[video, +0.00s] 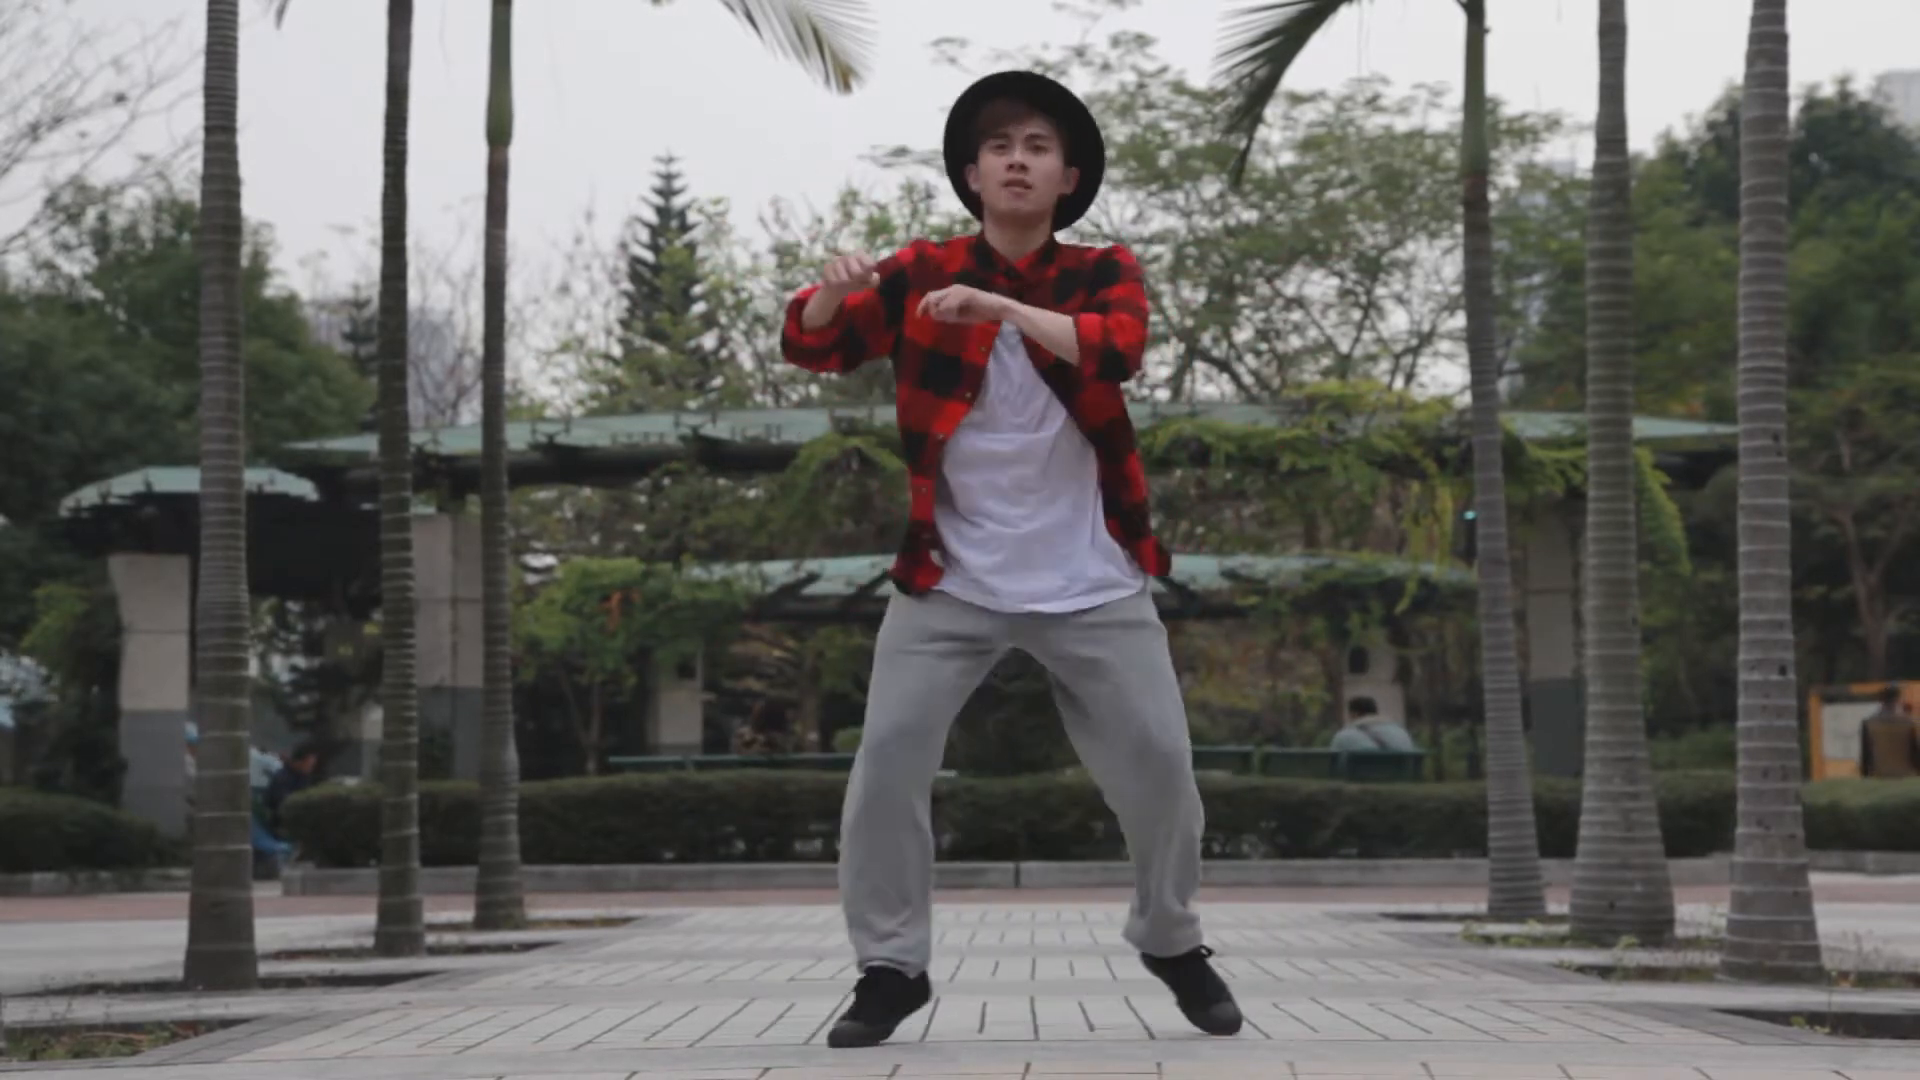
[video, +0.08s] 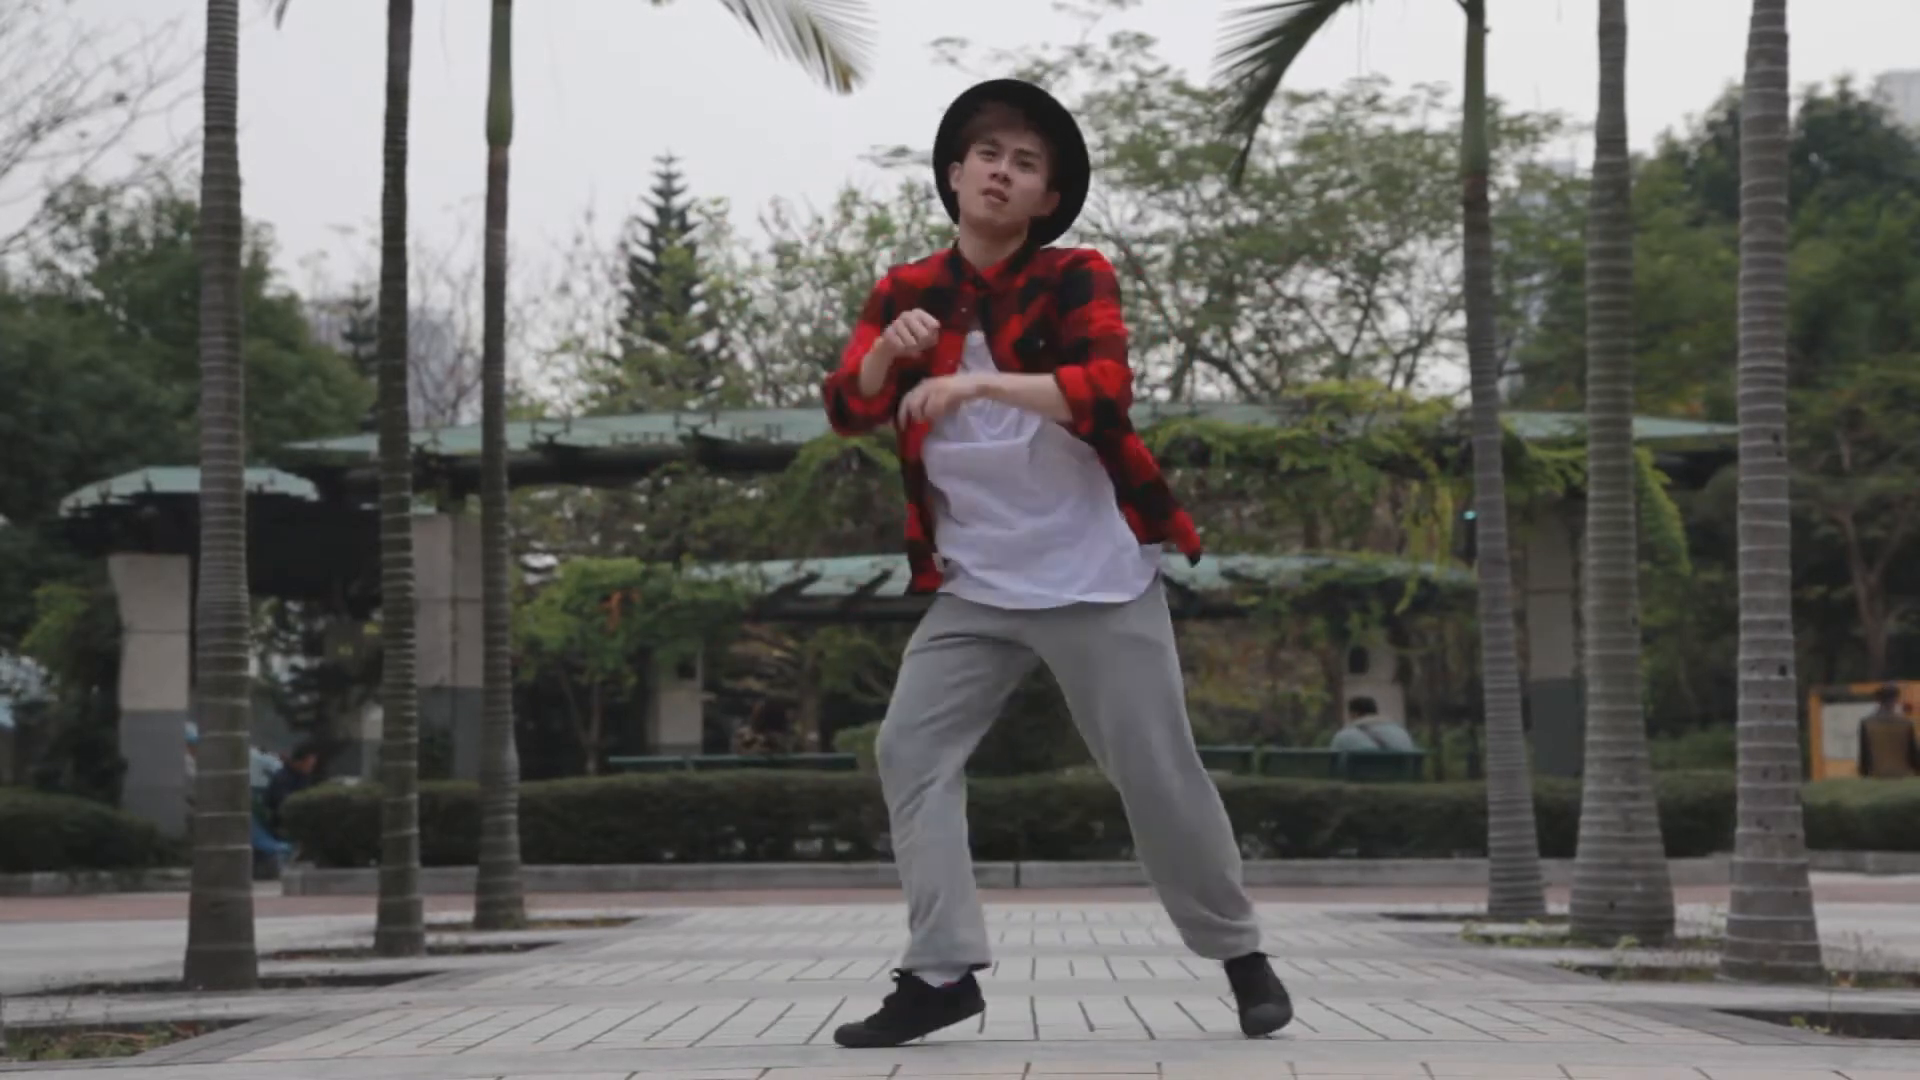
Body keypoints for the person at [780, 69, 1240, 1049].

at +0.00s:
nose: (1016, 162)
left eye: (1038, 146)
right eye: (996, 146)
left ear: (1072, 173)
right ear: (969, 171)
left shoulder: (1103, 268)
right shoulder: (925, 271)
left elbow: (1118, 350)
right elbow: (810, 344)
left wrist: (1000, 309)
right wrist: (826, 294)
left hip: (1094, 580)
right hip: (951, 580)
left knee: (1162, 768)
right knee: (886, 757)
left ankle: (1170, 940)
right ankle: (891, 966)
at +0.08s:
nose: (998, 172)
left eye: (1025, 163)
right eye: (983, 152)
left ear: (1051, 198)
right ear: (949, 172)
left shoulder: (1077, 276)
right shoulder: (907, 289)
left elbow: (1107, 389)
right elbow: (849, 412)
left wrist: (981, 383)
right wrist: (886, 352)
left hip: (1098, 578)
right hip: (974, 585)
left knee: (1153, 767)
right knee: (910, 749)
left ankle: (1242, 953)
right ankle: (943, 969)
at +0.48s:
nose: (930, 202)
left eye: (949, 180)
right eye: (915, 185)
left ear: (999, 180)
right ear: (903, 191)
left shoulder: (1066, 267)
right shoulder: (874, 261)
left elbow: (1198, 316)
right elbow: (763, 283)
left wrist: (1289, 409)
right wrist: (682, 361)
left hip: (1021, 537)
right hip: (895, 529)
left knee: (1015, 726)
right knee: (869, 716)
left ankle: (1069, 912)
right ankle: (873, 947)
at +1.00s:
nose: (910, 201)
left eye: (929, 184)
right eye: (892, 181)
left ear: (957, 185)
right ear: (862, 181)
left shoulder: (1007, 247)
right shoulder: (827, 292)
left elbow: (1062, 346)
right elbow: (820, 414)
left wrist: (1068, 368)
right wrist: (833, 471)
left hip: (1068, 531)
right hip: (948, 558)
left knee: (1092, 728)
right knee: (954, 748)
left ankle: (1069, 956)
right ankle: (956, 957)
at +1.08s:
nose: (911, 224)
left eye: (931, 208)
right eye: (894, 201)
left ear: (953, 214)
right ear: (859, 201)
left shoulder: (1002, 282)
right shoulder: (818, 329)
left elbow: (1082, 415)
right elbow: (813, 454)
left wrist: (1060, 392)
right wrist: (828, 479)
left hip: (1082, 537)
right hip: (966, 575)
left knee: (1131, 751)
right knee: (1021, 775)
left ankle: (1178, 965)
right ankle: (1066, 975)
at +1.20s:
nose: (928, 240)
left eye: (947, 223)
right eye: (910, 218)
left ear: (969, 229)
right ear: (870, 216)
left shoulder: (1014, 301)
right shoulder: (823, 337)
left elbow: (1083, 440)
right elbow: (792, 487)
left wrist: (1048, 396)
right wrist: (806, 448)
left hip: (1062, 555)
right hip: (952, 584)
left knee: (1105, 724)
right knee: (992, 767)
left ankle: (1139, 933)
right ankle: (1044, 965)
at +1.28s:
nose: (929, 252)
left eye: (947, 234)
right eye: (909, 233)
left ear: (973, 239)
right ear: (876, 240)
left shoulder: (1030, 315)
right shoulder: (835, 339)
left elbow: (1106, 443)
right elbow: (775, 470)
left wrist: (1080, 428)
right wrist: (798, 438)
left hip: (1027, 545)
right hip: (919, 568)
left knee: (1007, 658)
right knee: (936, 763)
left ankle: (1029, 863)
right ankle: (999, 963)